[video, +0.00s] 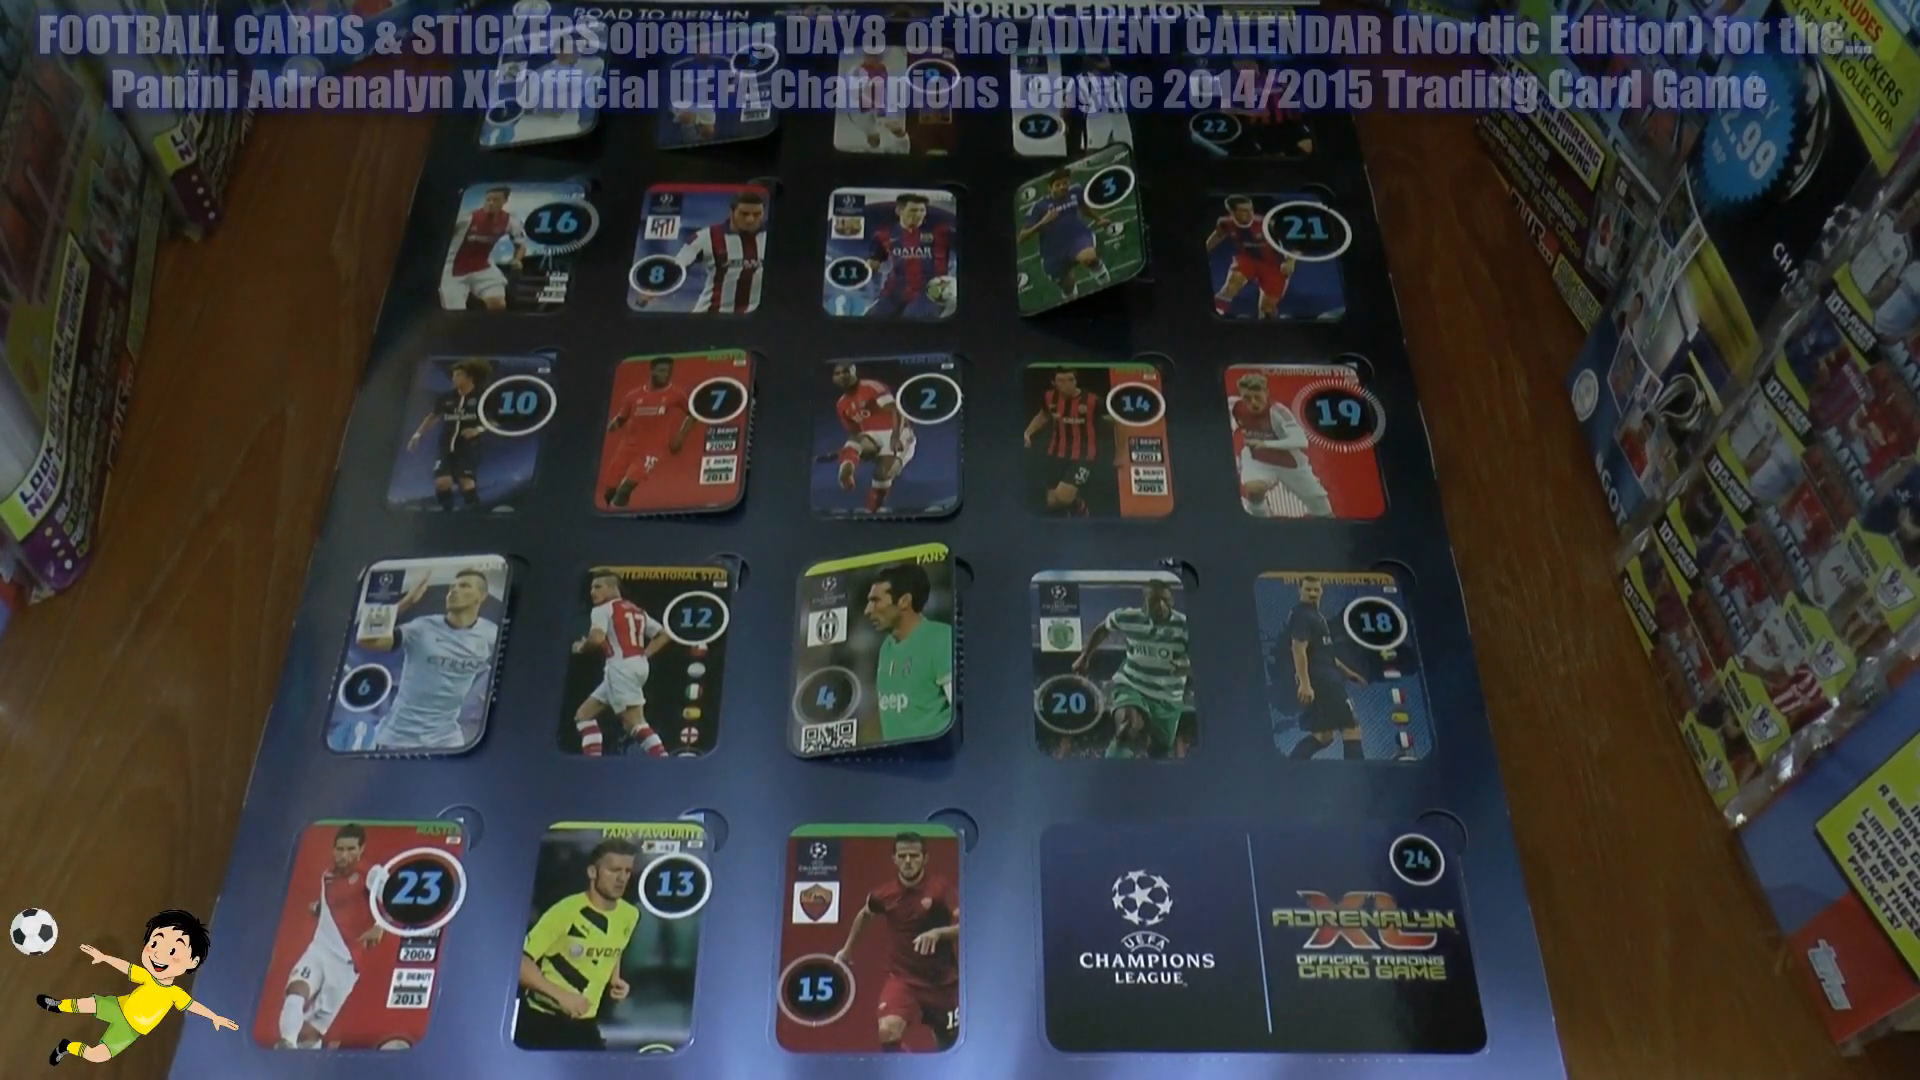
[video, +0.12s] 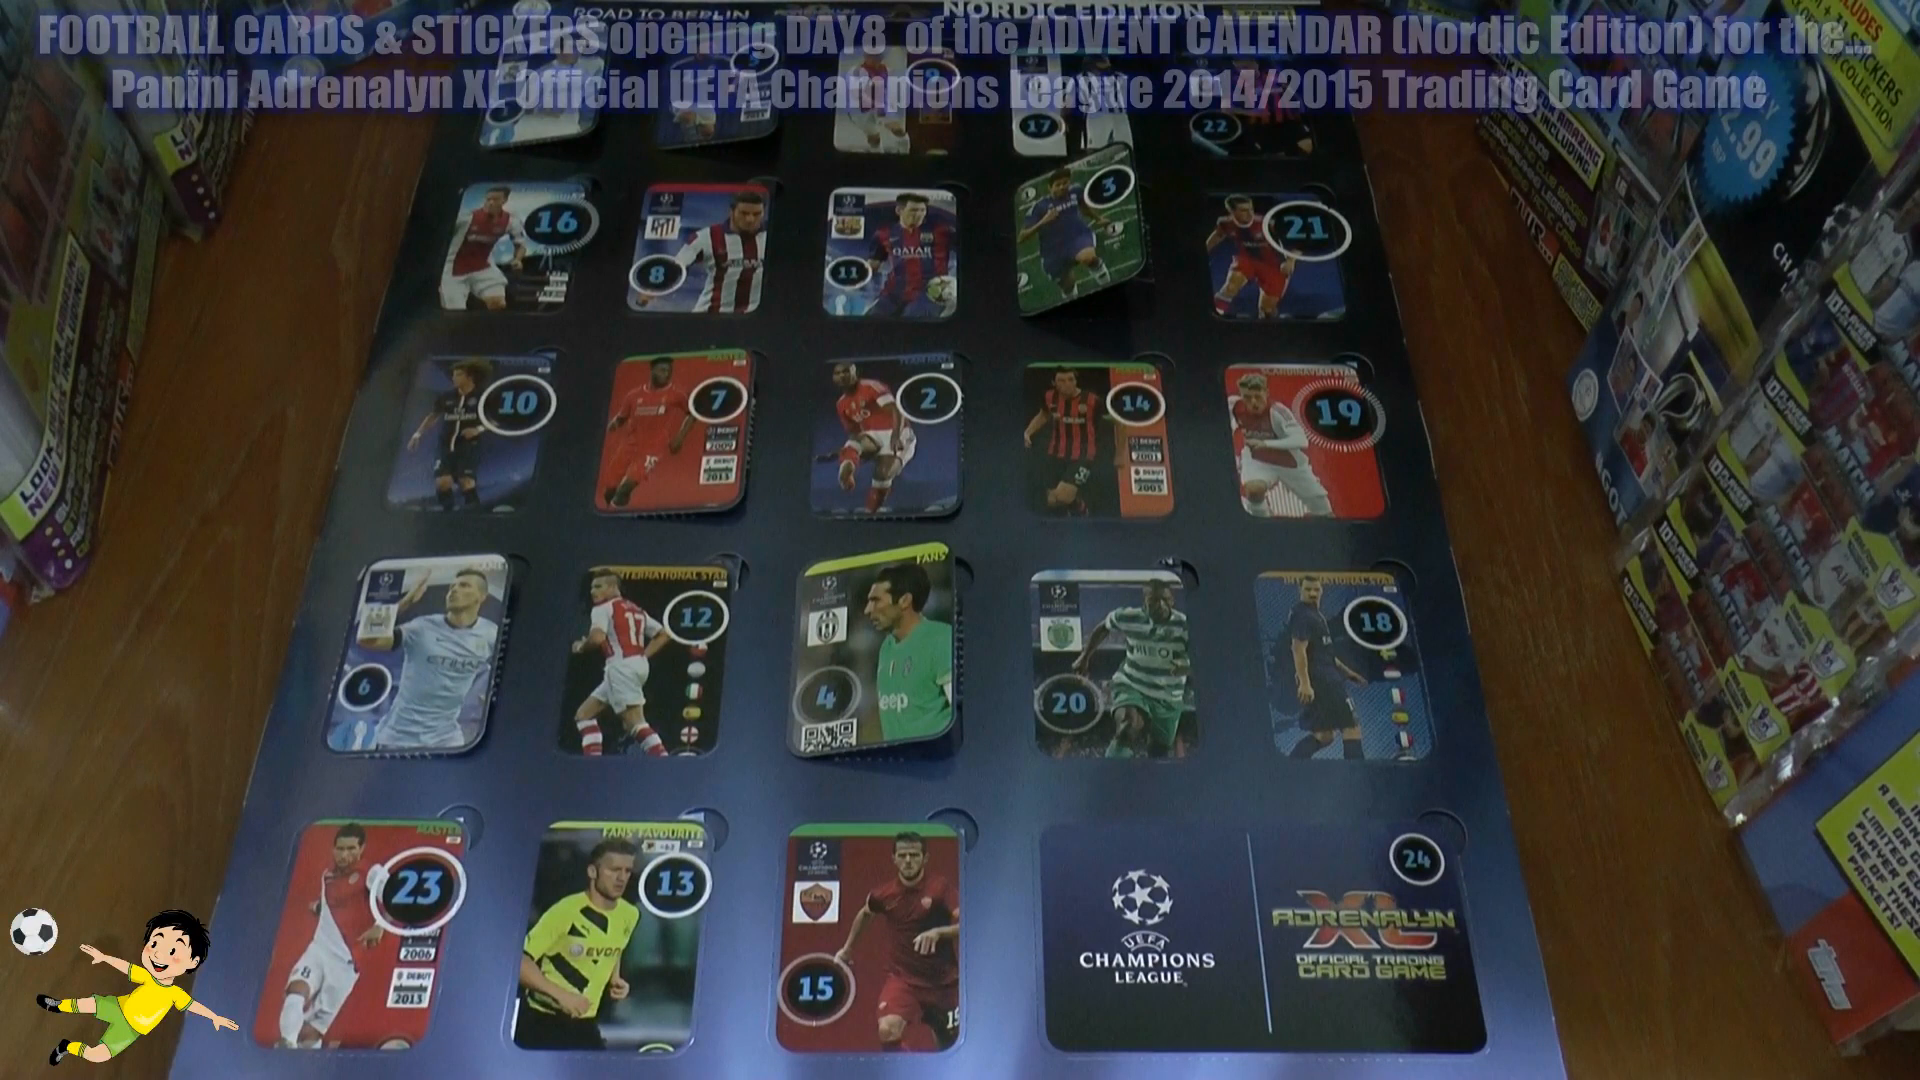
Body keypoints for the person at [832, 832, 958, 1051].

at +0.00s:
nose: (908, 862)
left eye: (914, 856)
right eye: (902, 856)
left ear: (924, 858)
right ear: (894, 860)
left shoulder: (941, 889)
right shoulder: (882, 896)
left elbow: (965, 926)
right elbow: (864, 915)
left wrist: (938, 932)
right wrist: (846, 949)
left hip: (943, 983)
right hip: (902, 979)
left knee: (950, 1049)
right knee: (887, 1031)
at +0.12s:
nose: (908, 861)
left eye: (914, 855)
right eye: (902, 856)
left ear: (924, 858)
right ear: (894, 859)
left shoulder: (940, 888)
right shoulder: (882, 895)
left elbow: (965, 925)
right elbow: (864, 915)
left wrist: (938, 932)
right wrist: (847, 948)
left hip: (943, 982)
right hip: (902, 978)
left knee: (952, 1049)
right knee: (887, 1030)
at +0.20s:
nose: (908, 861)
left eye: (914, 855)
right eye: (902, 856)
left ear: (924, 858)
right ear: (894, 859)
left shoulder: (940, 888)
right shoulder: (882, 895)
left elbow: (966, 924)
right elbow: (864, 914)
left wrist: (938, 932)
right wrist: (847, 948)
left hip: (942, 983)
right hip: (902, 979)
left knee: (952, 1050)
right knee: (887, 1031)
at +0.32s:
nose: (908, 861)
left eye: (914, 855)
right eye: (902, 855)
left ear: (924, 858)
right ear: (894, 859)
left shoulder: (940, 888)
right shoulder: (882, 895)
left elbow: (966, 925)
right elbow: (865, 914)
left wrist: (938, 932)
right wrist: (847, 948)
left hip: (942, 983)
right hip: (902, 979)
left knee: (952, 1050)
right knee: (887, 1031)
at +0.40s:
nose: (908, 861)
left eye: (914, 855)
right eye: (902, 856)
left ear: (924, 858)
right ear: (894, 859)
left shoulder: (940, 888)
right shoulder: (882, 895)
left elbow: (965, 925)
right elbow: (864, 914)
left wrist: (938, 932)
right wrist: (847, 948)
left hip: (942, 983)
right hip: (901, 979)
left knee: (952, 1050)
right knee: (887, 1031)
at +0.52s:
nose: (908, 861)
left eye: (914, 855)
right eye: (902, 856)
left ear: (924, 858)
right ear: (894, 859)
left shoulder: (940, 889)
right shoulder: (882, 894)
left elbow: (966, 925)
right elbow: (864, 914)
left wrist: (938, 932)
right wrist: (847, 948)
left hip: (942, 982)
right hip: (902, 978)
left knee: (952, 1050)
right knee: (887, 1031)